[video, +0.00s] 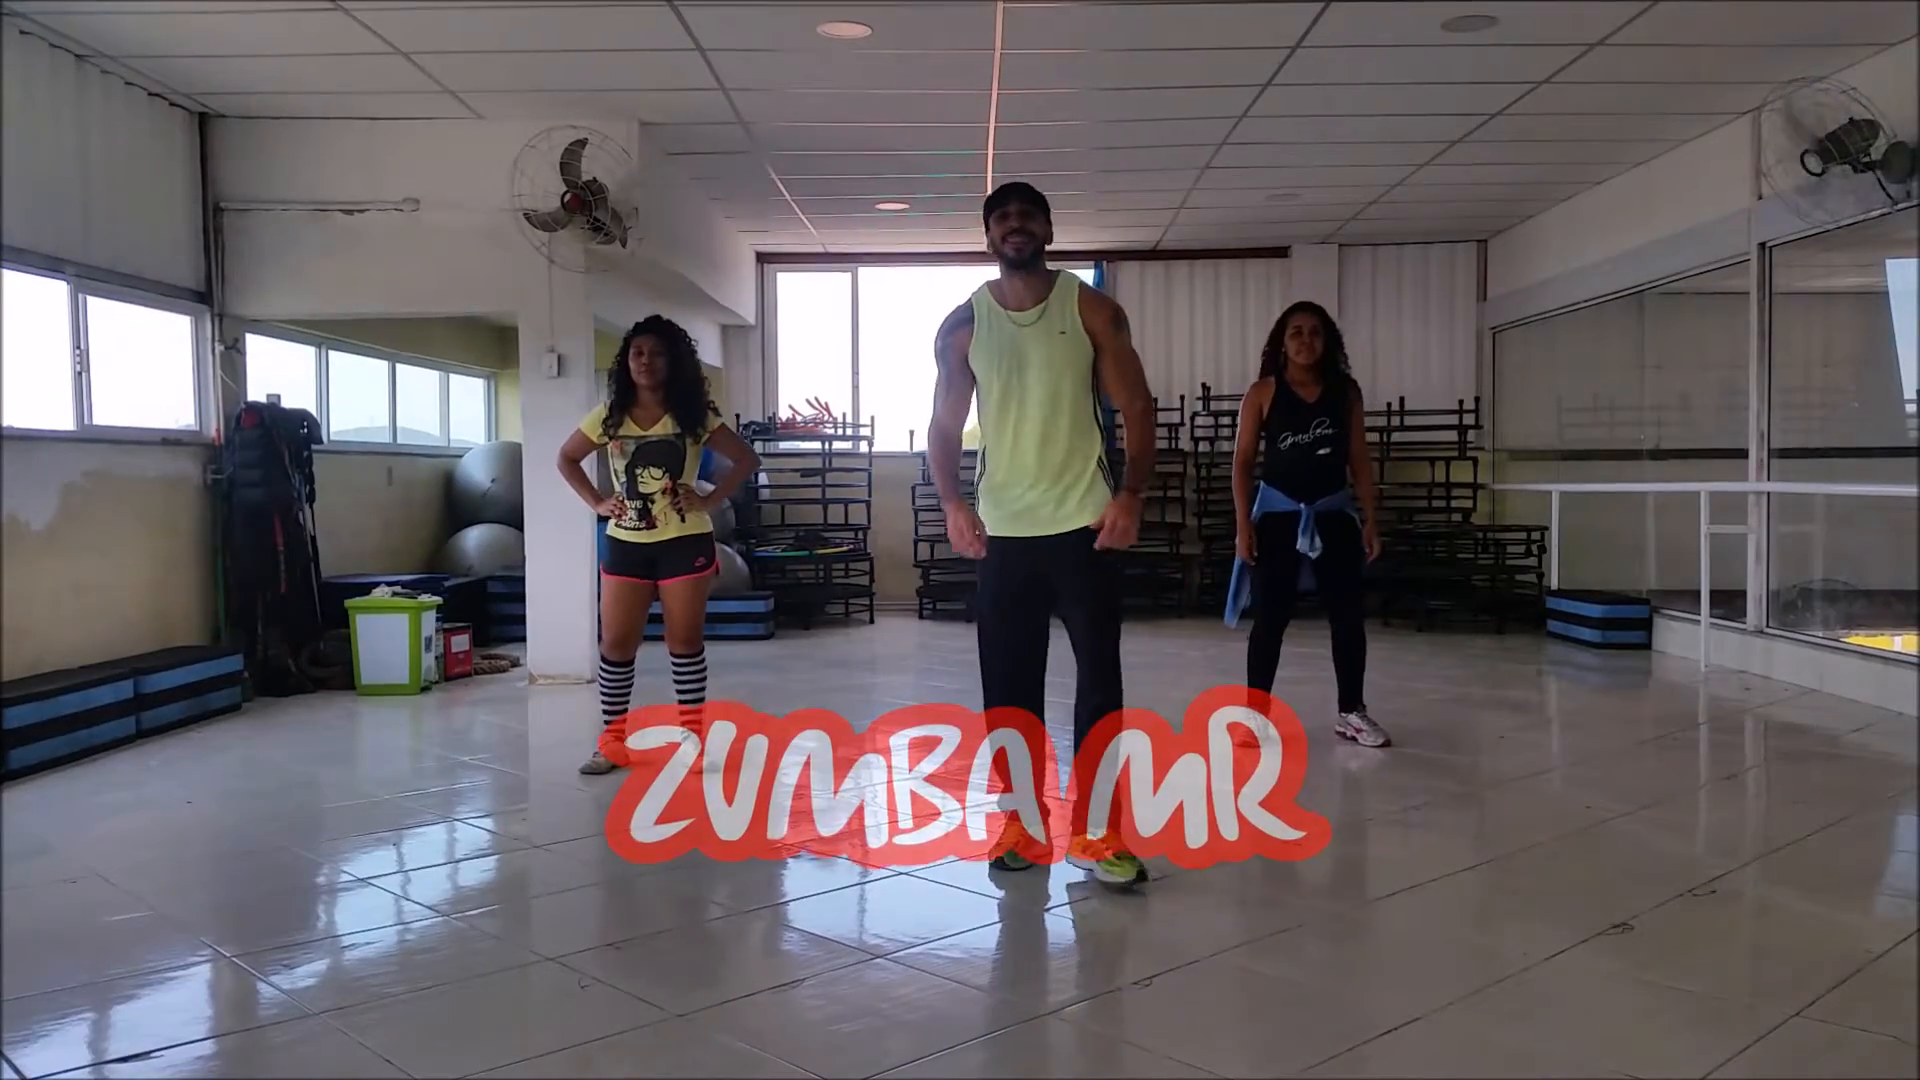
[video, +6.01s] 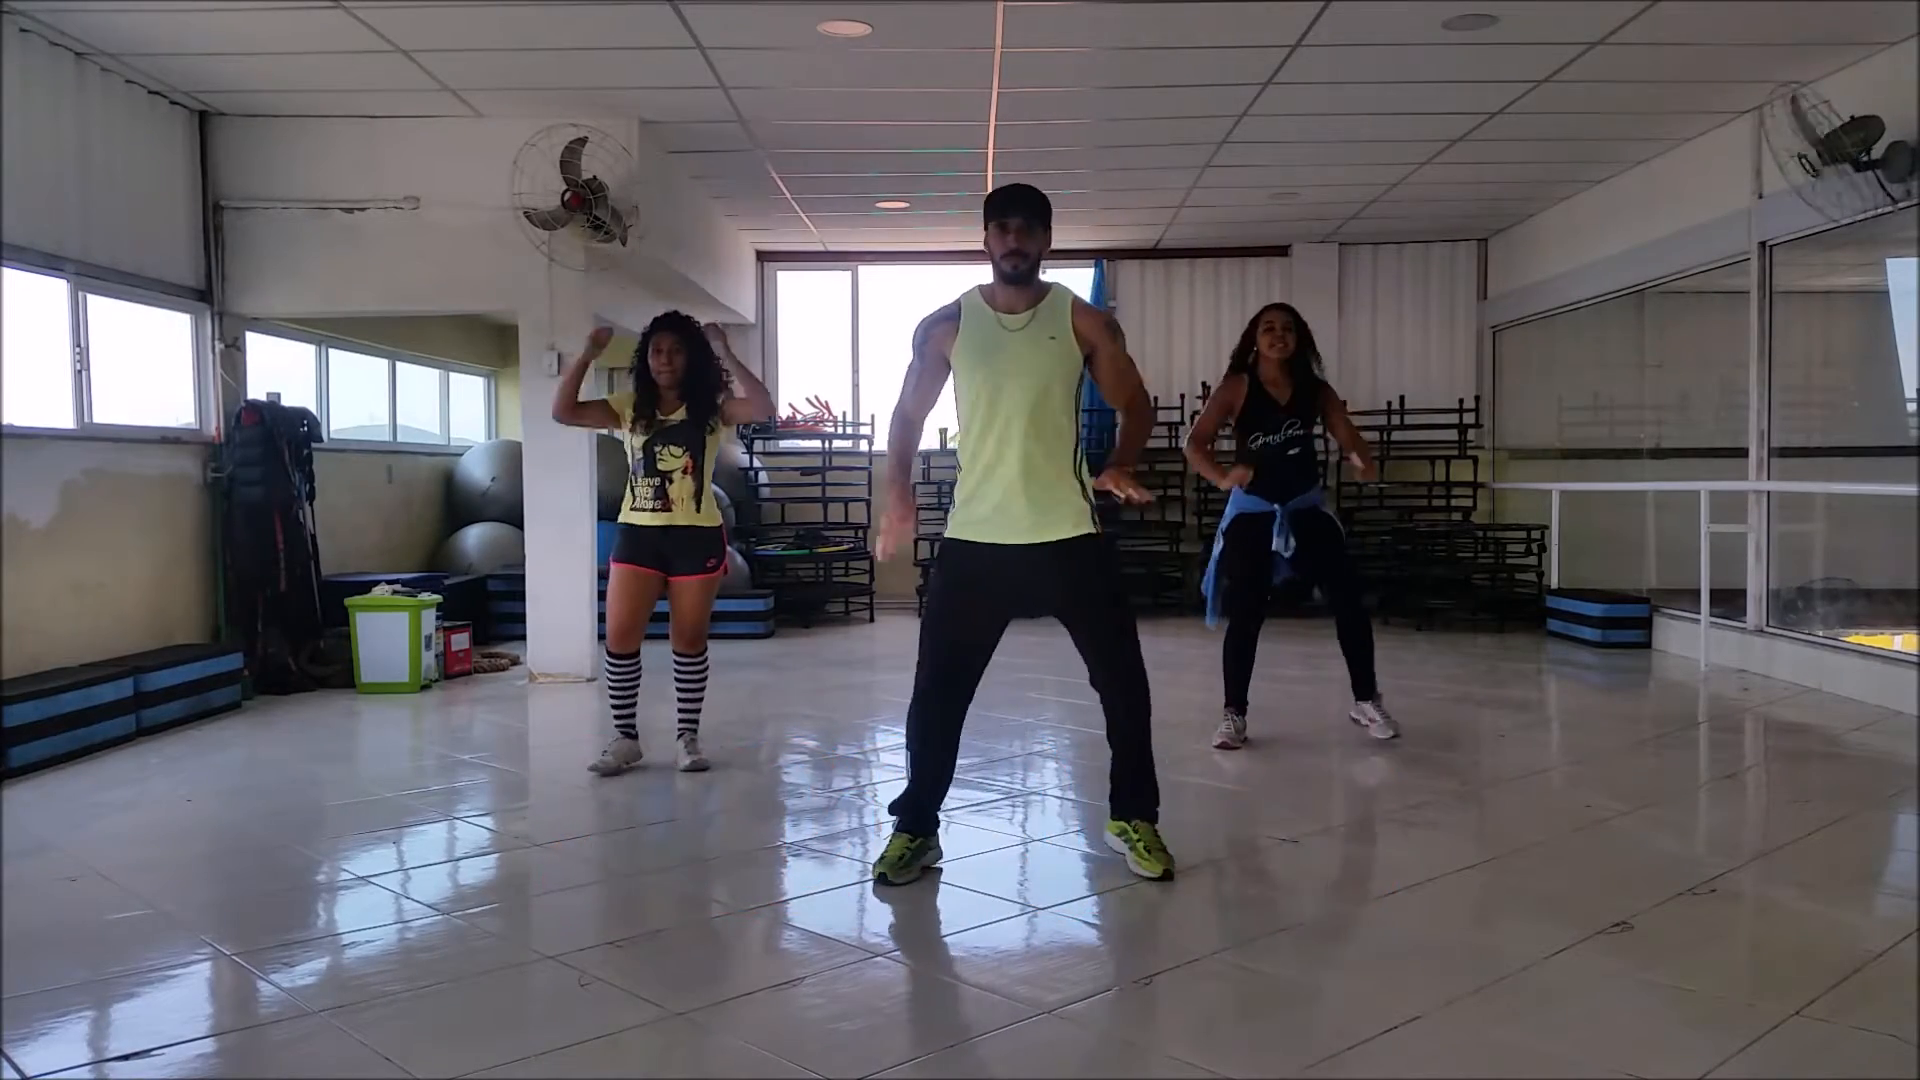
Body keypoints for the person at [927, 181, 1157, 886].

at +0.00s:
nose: (1016, 228)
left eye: (1028, 218)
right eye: (1003, 221)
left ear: (1049, 233)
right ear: (987, 239)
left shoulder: (1093, 309)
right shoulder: (964, 327)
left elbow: (1138, 406)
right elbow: (946, 427)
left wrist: (1132, 494)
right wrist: (954, 503)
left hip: (1086, 526)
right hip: (1006, 532)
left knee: (1100, 685)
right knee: (1008, 688)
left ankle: (1097, 831)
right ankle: (1020, 827)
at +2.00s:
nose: (1035, 221)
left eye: (1047, 211)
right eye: (1023, 213)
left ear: (1064, 226)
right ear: (1002, 229)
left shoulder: (1089, 296)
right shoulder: (981, 305)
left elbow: (1137, 250)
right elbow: (934, 283)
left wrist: (1063, 172)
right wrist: (996, 208)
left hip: (1084, 524)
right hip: (1002, 526)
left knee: (1099, 683)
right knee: (997, 690)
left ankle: (1082, 820)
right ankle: (988, 828)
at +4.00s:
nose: (1025, 229)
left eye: (1035, 219)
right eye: (1012, 218)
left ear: (1050, 234)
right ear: (990, 234)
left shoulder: (1078, 299)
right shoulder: (970, 304)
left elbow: (1156, 302)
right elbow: (915, 318)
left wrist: (1119, 219)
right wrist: (965, 220)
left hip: (1078, 523)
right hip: (995, 532)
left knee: (1127, 640)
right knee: (989, 704)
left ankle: (1091, 767)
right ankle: (981, 825)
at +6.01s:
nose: (1013, 242)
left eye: (1026, 230)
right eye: (1001, 229)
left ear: (1047, 239)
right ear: (985, 237)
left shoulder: (1085, 322)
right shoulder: (946, 329)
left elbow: (1136, 406)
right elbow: (907, 419)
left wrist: (1119, 465)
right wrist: (897, 498)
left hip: (1070, 540)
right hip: (976, 542)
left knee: (1125, 685)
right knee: (937, 695)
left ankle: (1133, 817)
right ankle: (915, 829)